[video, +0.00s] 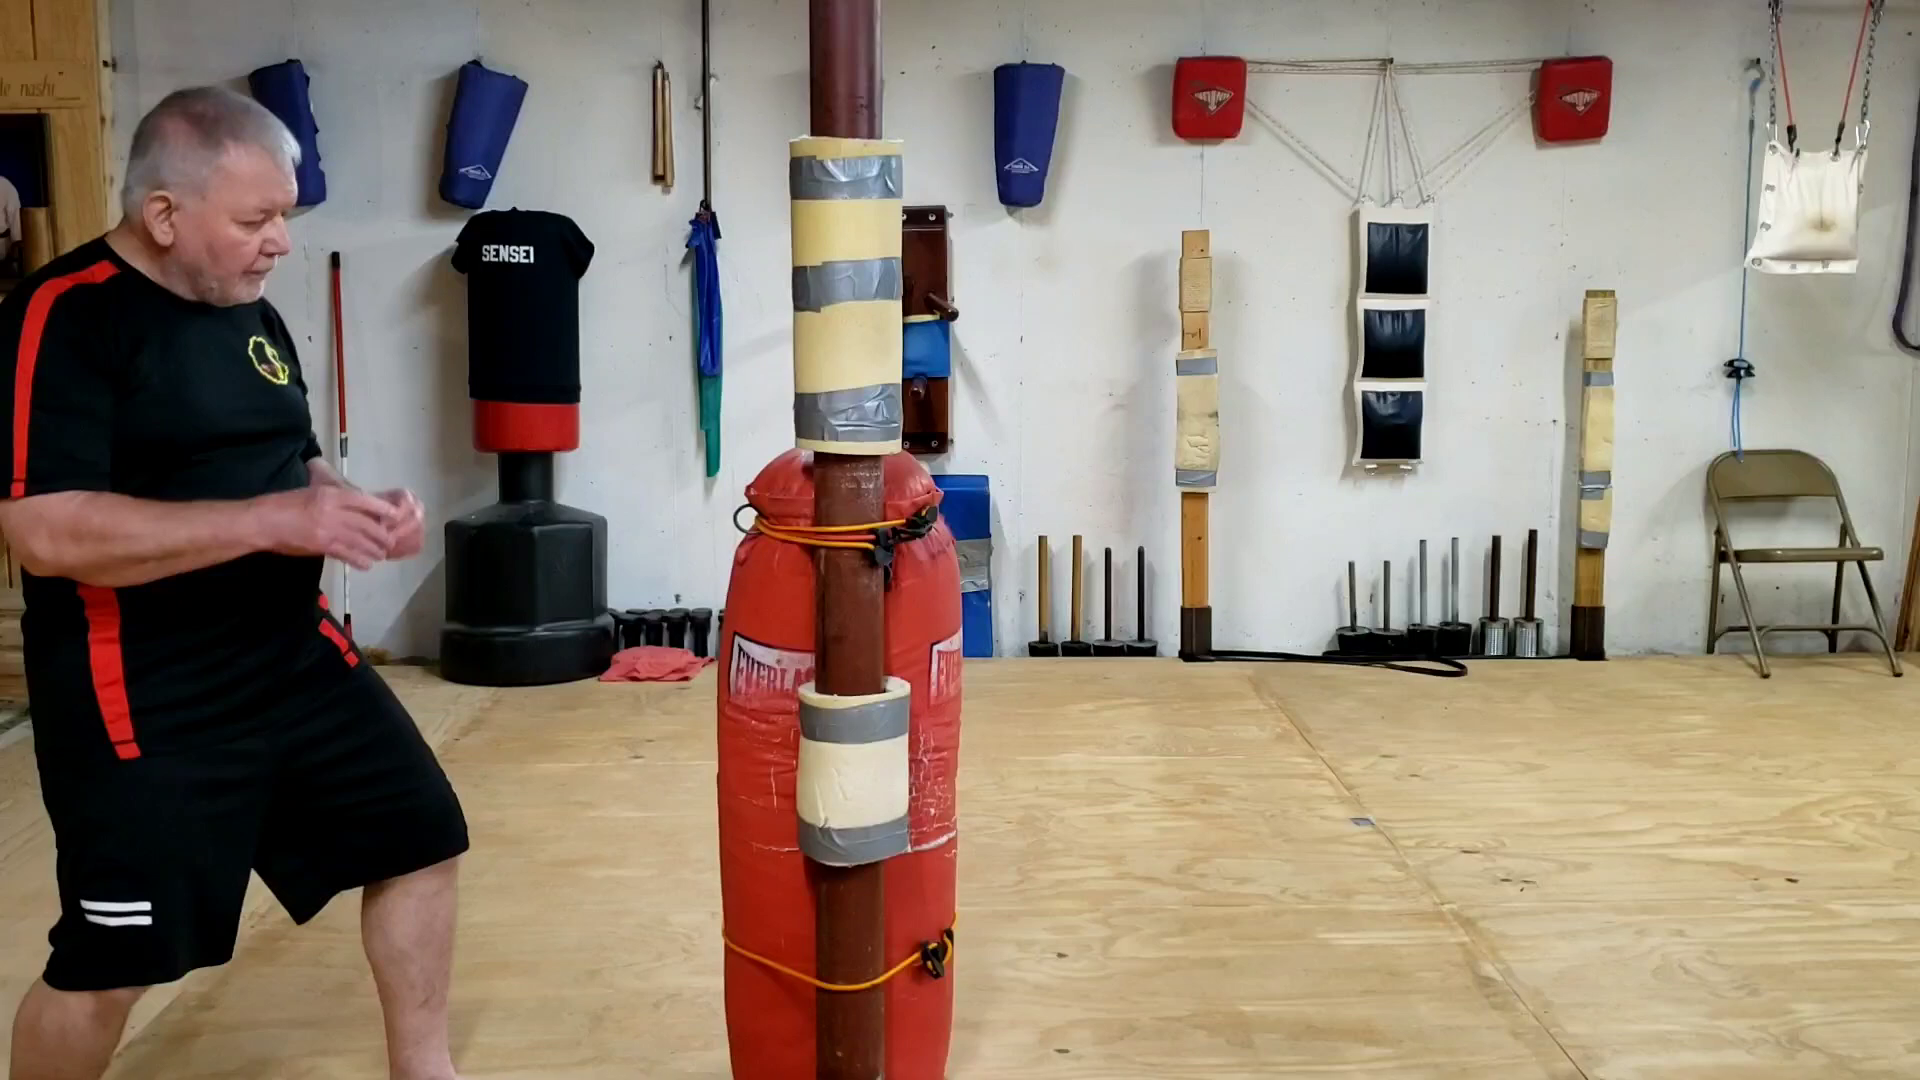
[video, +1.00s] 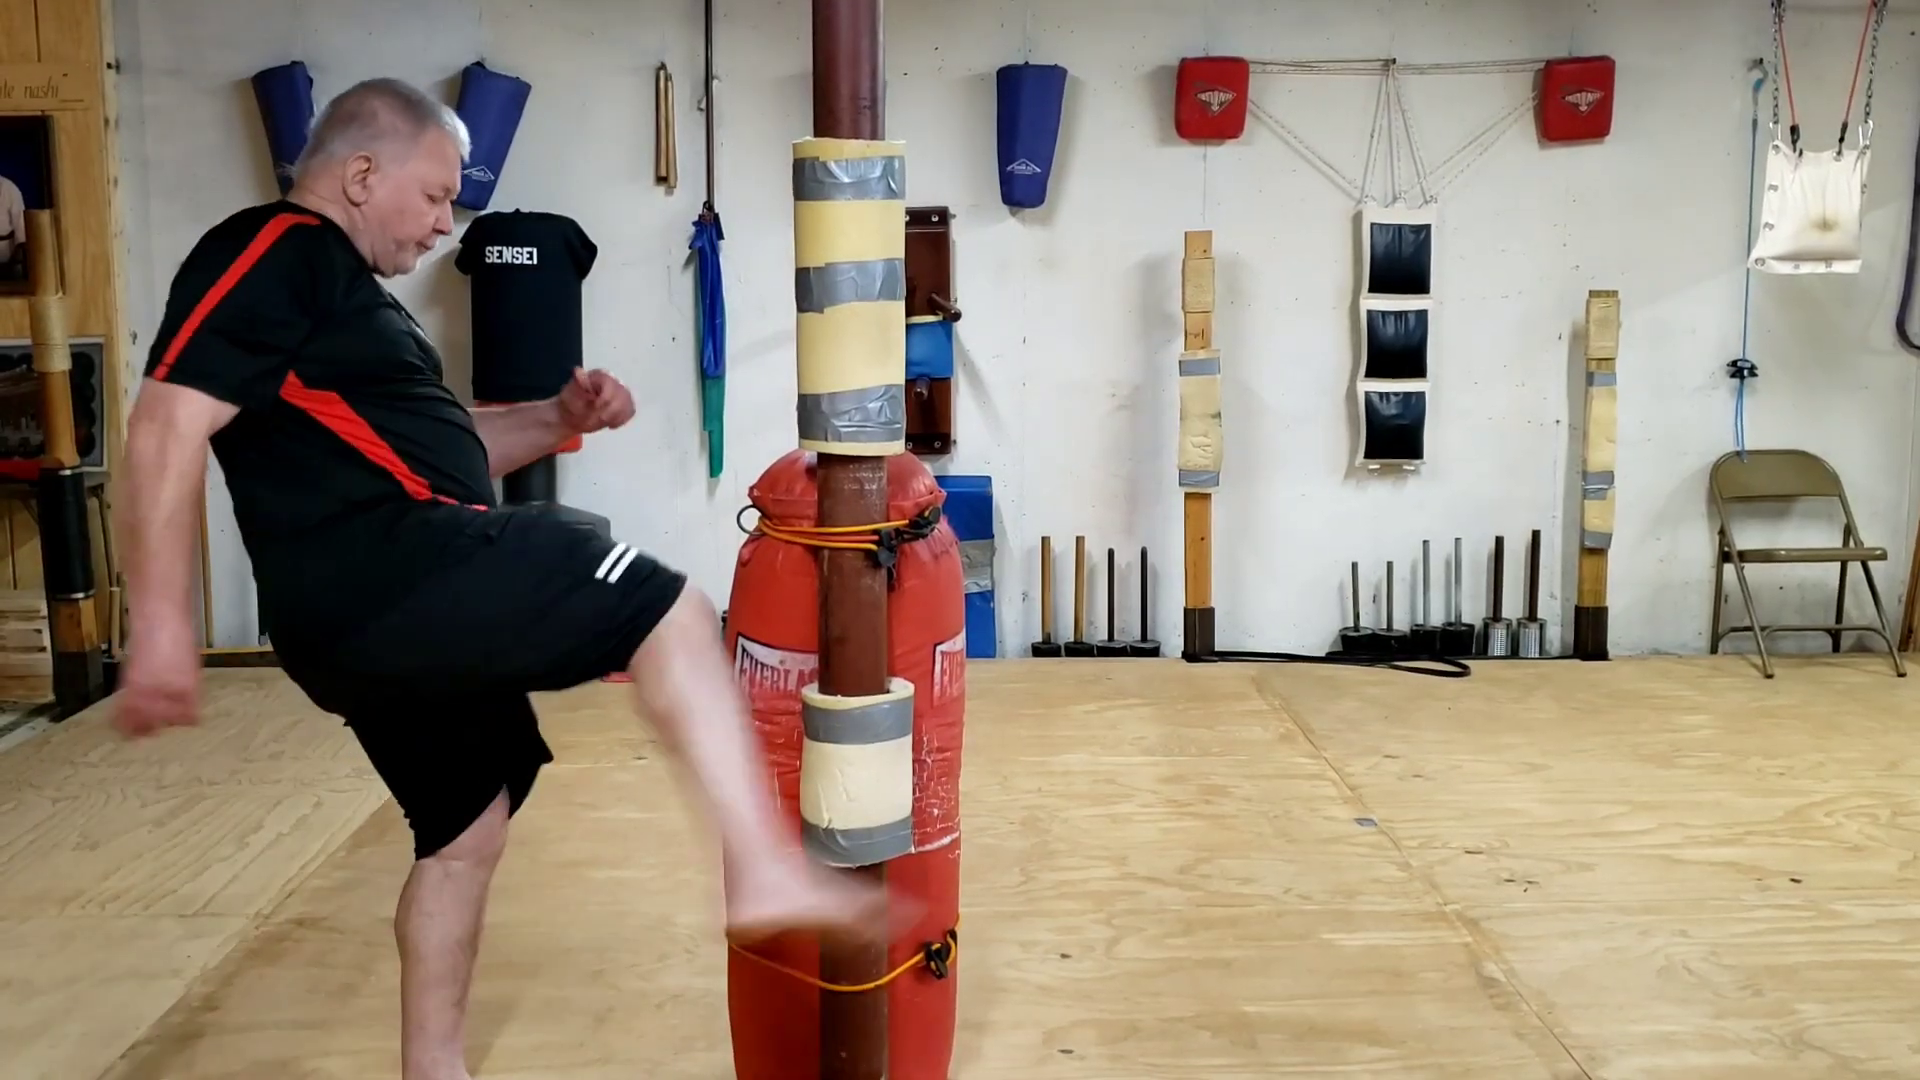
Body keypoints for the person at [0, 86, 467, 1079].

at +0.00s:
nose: (280, 243)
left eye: (286, 217)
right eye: (258, 220)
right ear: (164, 215)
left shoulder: (248, 313)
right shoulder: (59, 314)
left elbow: (288, 466)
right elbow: (40, 530)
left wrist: (351, 508)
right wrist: (273, 522)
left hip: (289, 665)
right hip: (134, 704)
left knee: (418, 839)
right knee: (114, 945)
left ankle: (424, 1070)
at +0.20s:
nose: (289, 238)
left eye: (296, 212)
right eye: (265, 216)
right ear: (174, 210)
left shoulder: (282, 301)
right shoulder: (68, 312)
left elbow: (384, 433)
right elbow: (33, 525)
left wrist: (432, 387)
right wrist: (258, 515)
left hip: (296, 655)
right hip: (139, 689)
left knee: (424, 841)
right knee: (110, 941)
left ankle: (425, 1066)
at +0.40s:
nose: (365, 256)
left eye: (371, 232)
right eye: (349, 231)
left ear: (281, 219)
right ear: (263, 213)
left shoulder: (307, 314)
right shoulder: (142, 296)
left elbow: (335, 487)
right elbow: (187, 476)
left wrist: (412, 464)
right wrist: (370, 389)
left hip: (303, 657)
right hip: (159, 689)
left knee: (435, 826)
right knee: (110, 939)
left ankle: (424, 1064)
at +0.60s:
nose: (442, 238)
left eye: (448, 218)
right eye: (433, 212)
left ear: (350, 195)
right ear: (353, 189)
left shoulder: (343, 300)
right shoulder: (254, 253)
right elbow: (394, 374)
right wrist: (567, 304)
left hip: (383, 645)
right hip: (265, 658)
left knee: (471, 839)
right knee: (217, 915)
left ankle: (429, 1068)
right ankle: (75, 1073)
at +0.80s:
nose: (447, 215)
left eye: (454, 194)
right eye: (439, 186)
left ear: (360, 166)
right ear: (362, 159)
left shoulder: (333, 256)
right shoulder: (285, 225)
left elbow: (365, 441)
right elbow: (252, 395)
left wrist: (500, 470)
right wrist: (364, 566)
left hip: (356, 588)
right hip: (377, 565)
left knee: (444, 839)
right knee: (612, 669)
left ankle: (429, 1066)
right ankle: (514, 936)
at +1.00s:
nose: (447, 222)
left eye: (452, 202)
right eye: (438, 194)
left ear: (364, 180)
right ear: (361, 173)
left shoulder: (346, 297)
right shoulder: (275, 243)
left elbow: (417, 453)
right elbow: (164, 424)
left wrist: (559, 421)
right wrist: (160, 633)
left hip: (356, 609)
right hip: (398, 563)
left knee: (466, 818)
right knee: (672, 611)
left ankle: (433, 1066)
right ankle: (769, 868)